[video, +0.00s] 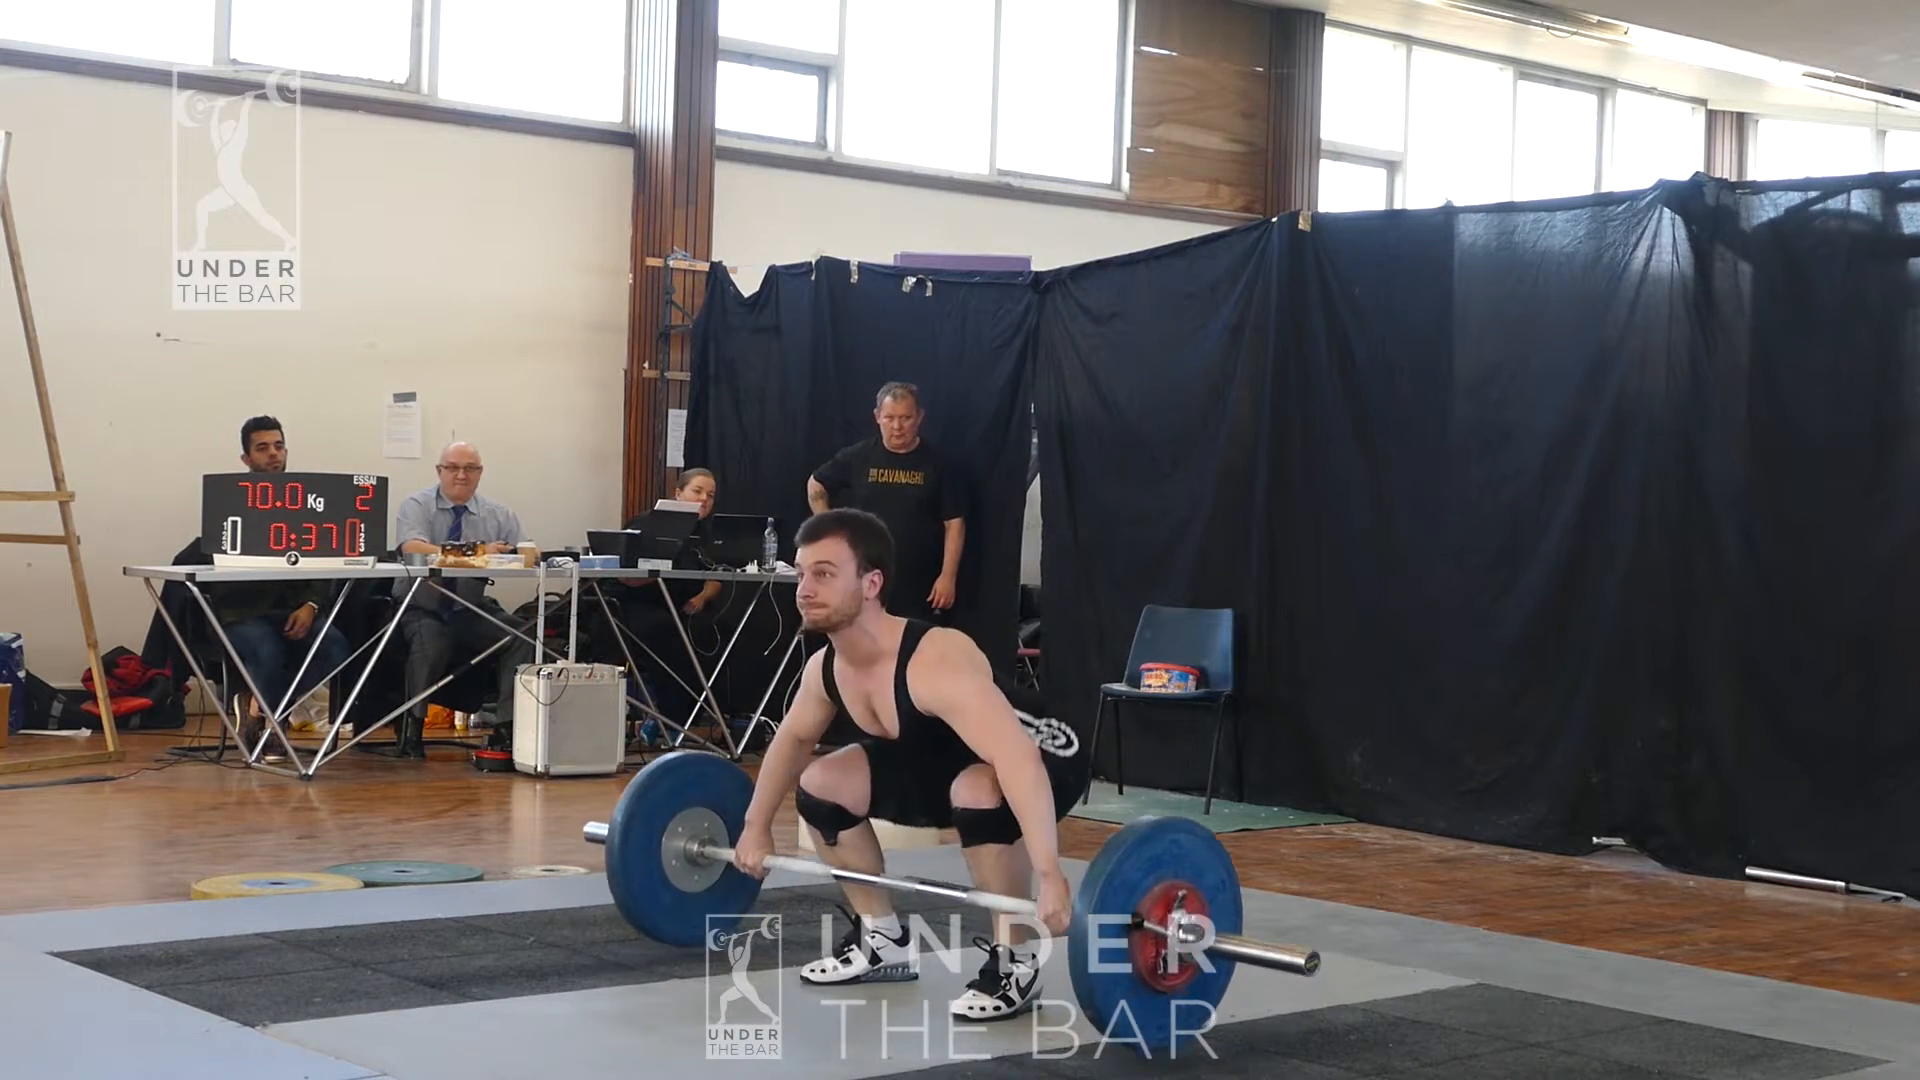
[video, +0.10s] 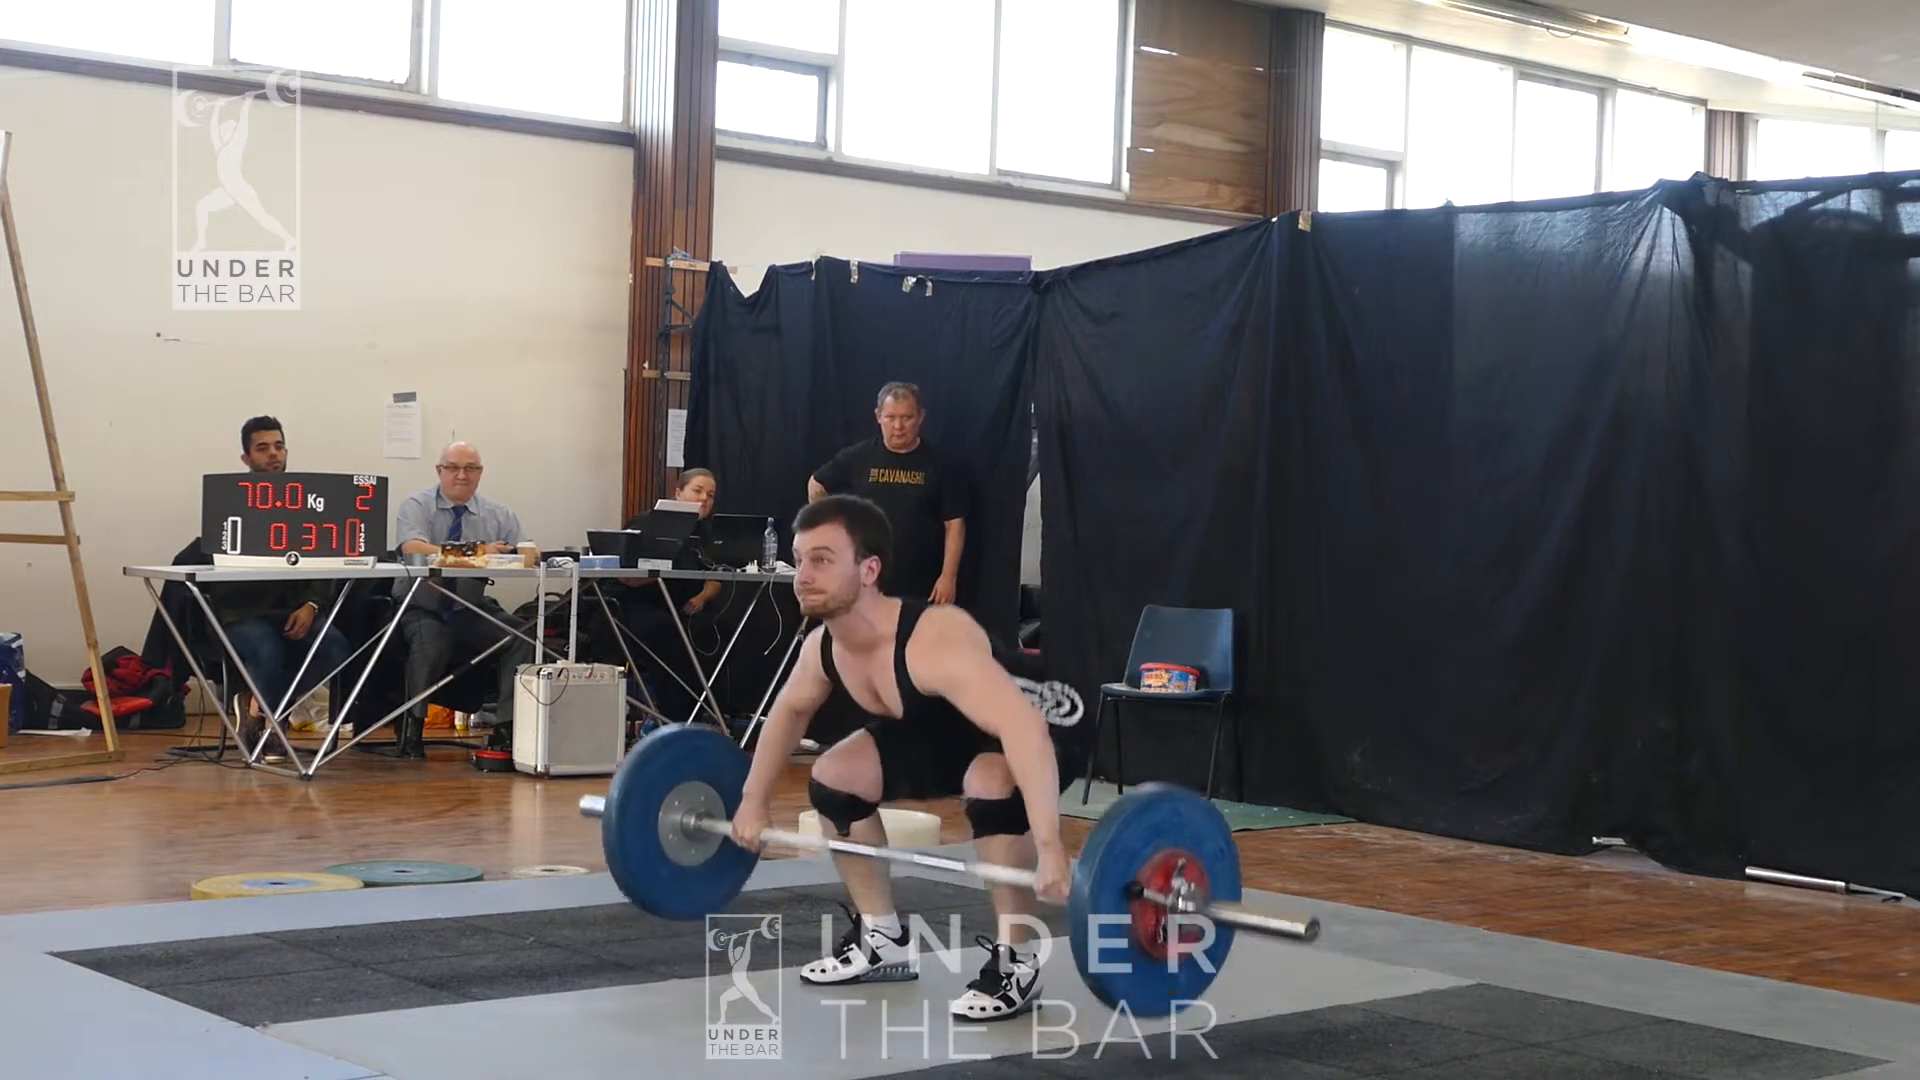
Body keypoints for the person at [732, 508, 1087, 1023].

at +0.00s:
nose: (804, 589)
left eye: (823, 574)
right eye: (800, 574)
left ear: (871, 584)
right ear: (796, 579)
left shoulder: (938, 659)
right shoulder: (823, 671)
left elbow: (1021, 759)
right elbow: (794, 739)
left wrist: (1049, 871)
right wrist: (756, 824)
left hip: (1035, 761)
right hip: (939, 763)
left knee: (976, 790)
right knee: (822, 786)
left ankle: (1012, 960)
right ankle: (883, 938)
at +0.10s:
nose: (802, 576)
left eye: (820, 561)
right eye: (798, 562)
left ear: (869, 570)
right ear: (792, 566)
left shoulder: (936, 637)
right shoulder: (822, 645)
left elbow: (1025, 726)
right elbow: (788, 715)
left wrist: (1050, 844)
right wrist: (752, 800)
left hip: (1011, 739)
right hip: (935, 739)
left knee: (988, 782)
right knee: (835, 776)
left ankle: (1015, 959)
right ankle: (883, 938)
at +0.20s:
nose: (804, 542)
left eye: (823, 527)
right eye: (800, 527)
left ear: (870, 537)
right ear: (795, 533)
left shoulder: (939, 602)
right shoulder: (824, 607)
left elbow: (1033, 679)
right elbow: (789, 670)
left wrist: (1052, 797)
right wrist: (754, 755)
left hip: (1025, 691)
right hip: (947, 696)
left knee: (1007, 785)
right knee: (851, 771)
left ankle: (1019, 957)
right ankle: (882, 937)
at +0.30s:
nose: (810, 476)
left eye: (829, 463)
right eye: (806, 463)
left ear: (875, 478)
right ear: (801, 473)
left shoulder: (937, 545)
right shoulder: (826, 555)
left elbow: (1036, 616)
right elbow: (793, 616)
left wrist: (1056, 731)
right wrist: (760, 695)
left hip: (1027, 659)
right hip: (948, 664)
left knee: (1014, 771)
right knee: (870, 763)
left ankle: (1020, 955)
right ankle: (884, 936)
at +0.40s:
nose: (836, 365)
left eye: (858, 355)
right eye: (839, 352)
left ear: (904, 379)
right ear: (835, 369)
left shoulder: (948, 467)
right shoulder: (836, 478)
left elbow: (1043, 548)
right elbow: (806, 553)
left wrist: (1065, 659)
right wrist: (766, 631)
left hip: (1014, 642)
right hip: (932, 640)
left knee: (982, 779)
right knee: (855, 778)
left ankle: (1016, 955)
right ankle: (885, 940)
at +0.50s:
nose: (916, 274)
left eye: (940, 268)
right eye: (920, 269)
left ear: (981, 306)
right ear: (918, 304)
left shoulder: (995, 398)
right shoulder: (879, 403)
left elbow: (1052, 496)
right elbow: (825, 489)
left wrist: (1064, 600)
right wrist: (765, 574)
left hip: (971, 629)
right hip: (886, 623)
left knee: (939, 783)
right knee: (822, 774)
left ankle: (1004, 945)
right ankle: (873, 920)